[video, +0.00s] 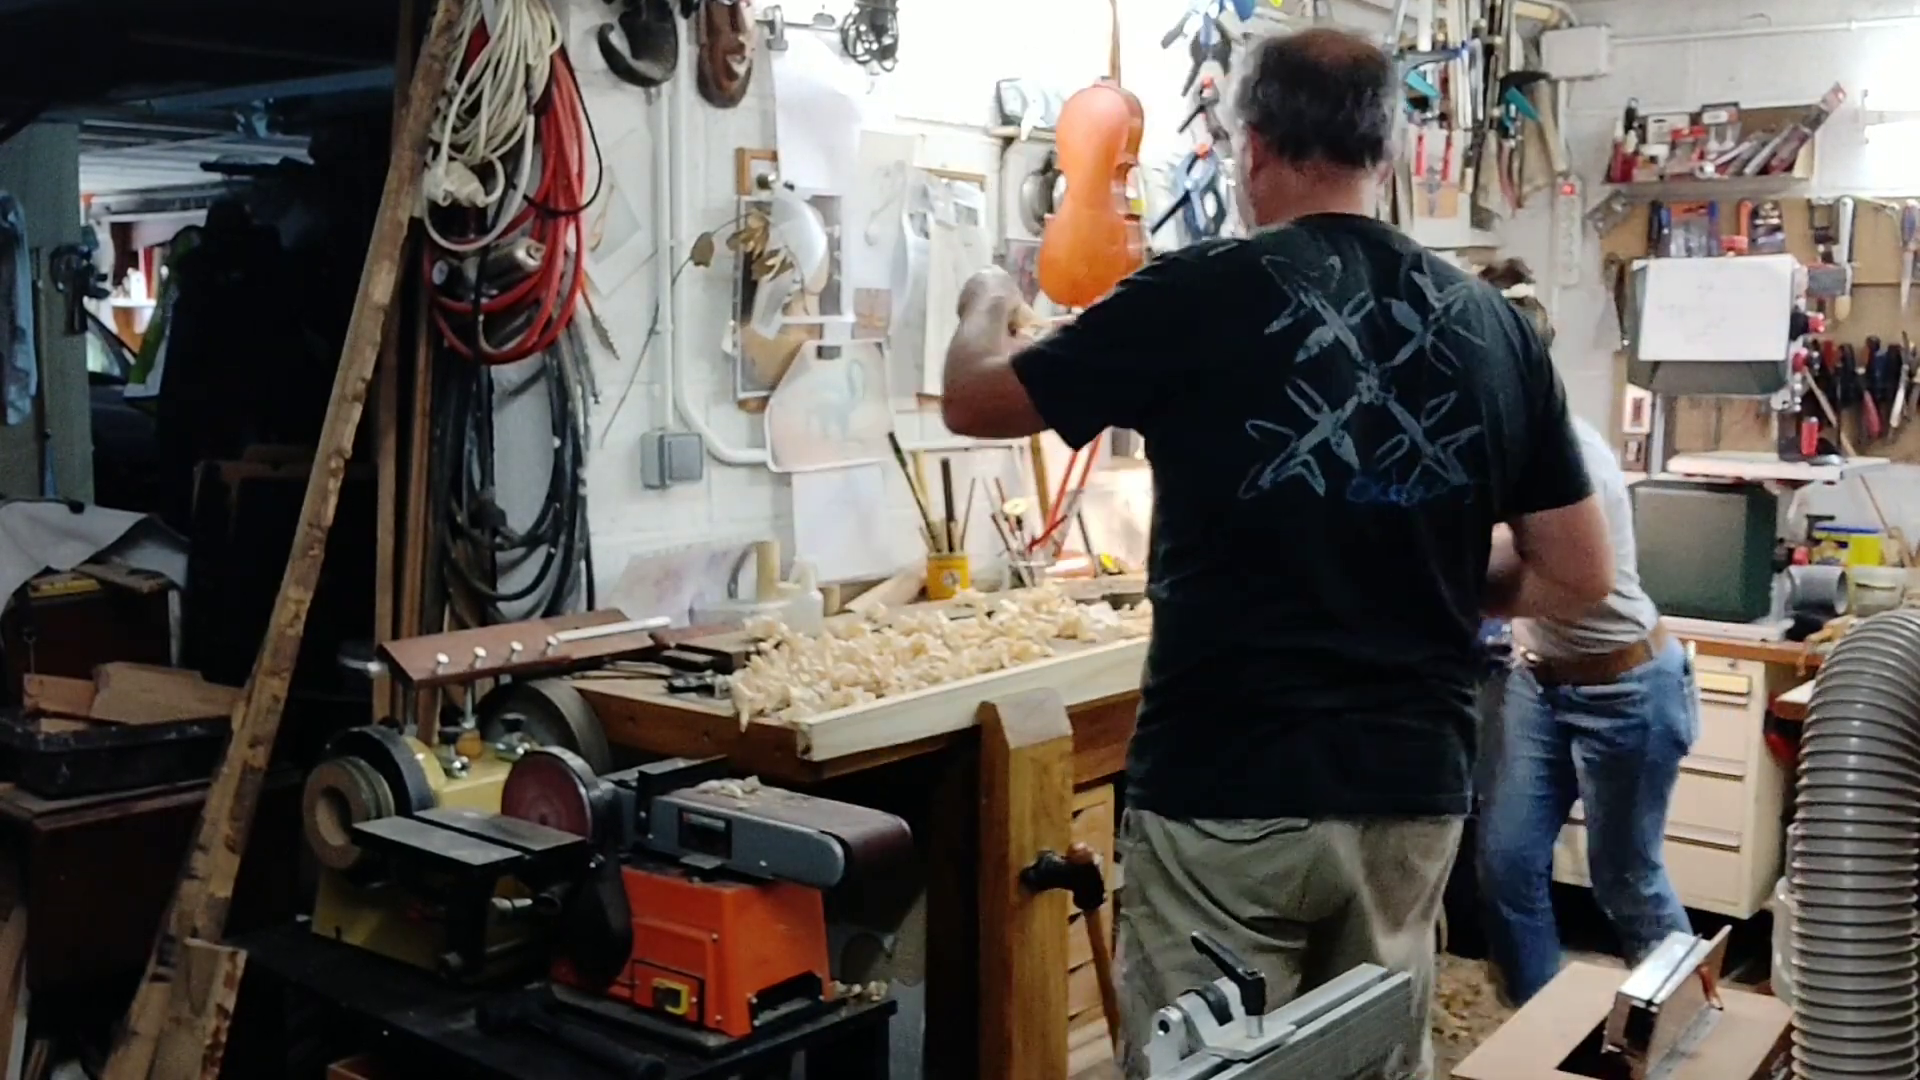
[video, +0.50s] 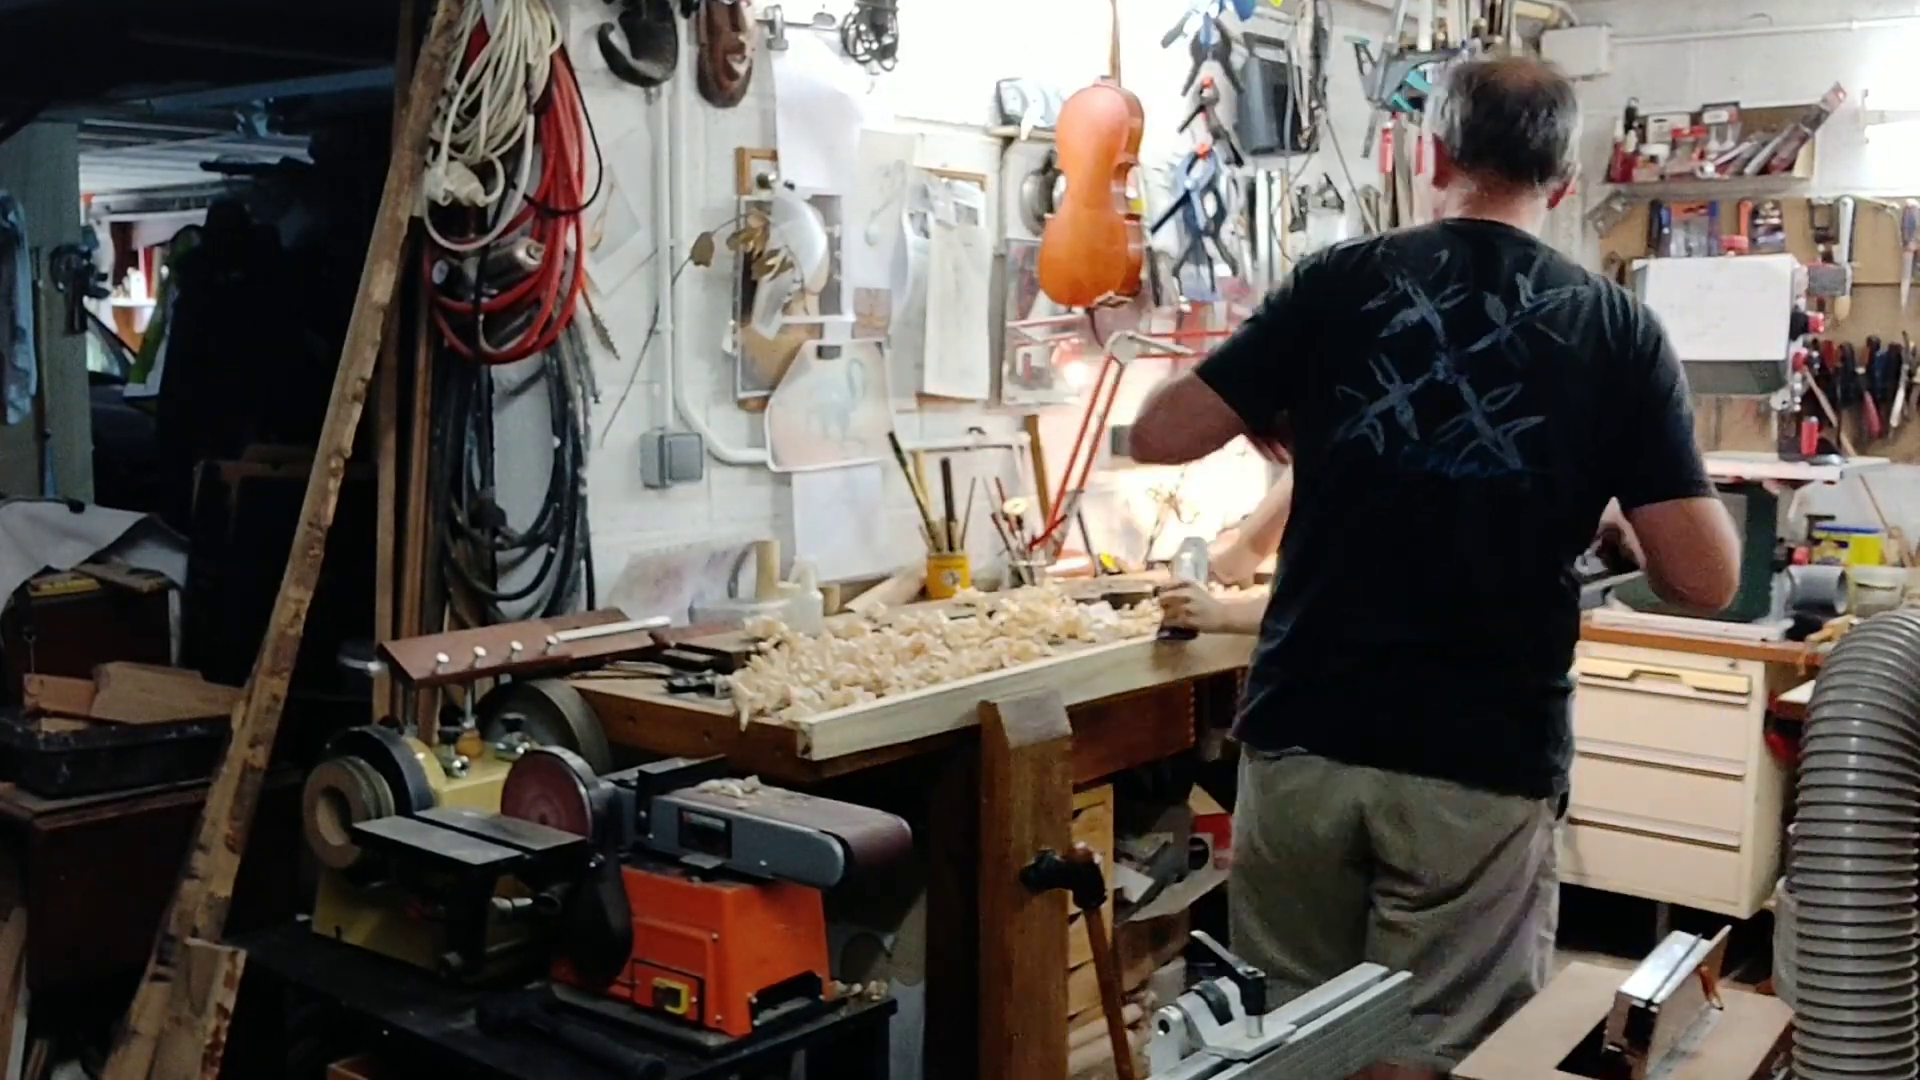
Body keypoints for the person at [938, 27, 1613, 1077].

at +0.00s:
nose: (1234, 160)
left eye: (1236, 138)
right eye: (1238, 137)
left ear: (1256, 146)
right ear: (1390, 152)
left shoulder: (1203, 292)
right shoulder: (1493, 325)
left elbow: (974, 401)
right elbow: (1578, 574)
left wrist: (992, 294)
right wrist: (1441, 561)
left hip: (1225, 760)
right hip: (1414, 769)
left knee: (1195, 1063)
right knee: (1383, 1063)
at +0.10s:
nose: (1287, 167)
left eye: (1290, 145)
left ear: (1304, 151)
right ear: (1439, 161)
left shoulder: (1235, 294)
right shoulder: (1525, 332)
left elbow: (1016, 392)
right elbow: (1614, 580)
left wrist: (998, 319)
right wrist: (1473, 577)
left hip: (1255, 767)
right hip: (1442, 778)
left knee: (1222, 1065)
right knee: (1414, 1064)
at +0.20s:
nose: (1332, 166)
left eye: (1334, 148)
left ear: (1352, 154)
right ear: (1476, 168)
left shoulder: (1263, 296)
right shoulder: (1557, 335)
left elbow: (1049, 393)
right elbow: (1648, 586)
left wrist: (1019, 319)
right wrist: (1507, 569)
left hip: (1270, 766)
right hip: (1462, 784)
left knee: (1222, 1065)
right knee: (1436, 1068)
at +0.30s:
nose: (1367, 161)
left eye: (1371, 144)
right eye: (1373, 145)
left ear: (1388, 154)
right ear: (1512, 176)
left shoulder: (1296, 290)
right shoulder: (1584, 336)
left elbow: (1079, 411)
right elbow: (1683, 582)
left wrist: (1076, 305)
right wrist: (1539, 562)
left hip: (1286, 757)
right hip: (1478, 775)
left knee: (1236, 1056)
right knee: (1443, 1065)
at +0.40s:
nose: (1401, 157)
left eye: (1405, 142)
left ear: (1411, 153)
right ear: (1539, 175)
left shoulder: (1316, 283)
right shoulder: (1603, 331)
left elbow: (1116, 424)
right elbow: (1701, 582)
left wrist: (1144, 332)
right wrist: (1596, 538)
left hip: (1292, 739)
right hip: (1479, 765)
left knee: (1261, 1052)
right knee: (1438, 1066)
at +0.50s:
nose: (1433, 167)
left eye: (1433, 153)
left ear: (1437, 162)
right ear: (1562, 181)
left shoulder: (1337, 280)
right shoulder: (1615, 330)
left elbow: (1155, 434)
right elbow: (1707, 582)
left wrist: (1256, 397)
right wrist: (1631, 524)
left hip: (1302, 736)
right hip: (1482, 764)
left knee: (1280, 1046)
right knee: (1442, 1064)